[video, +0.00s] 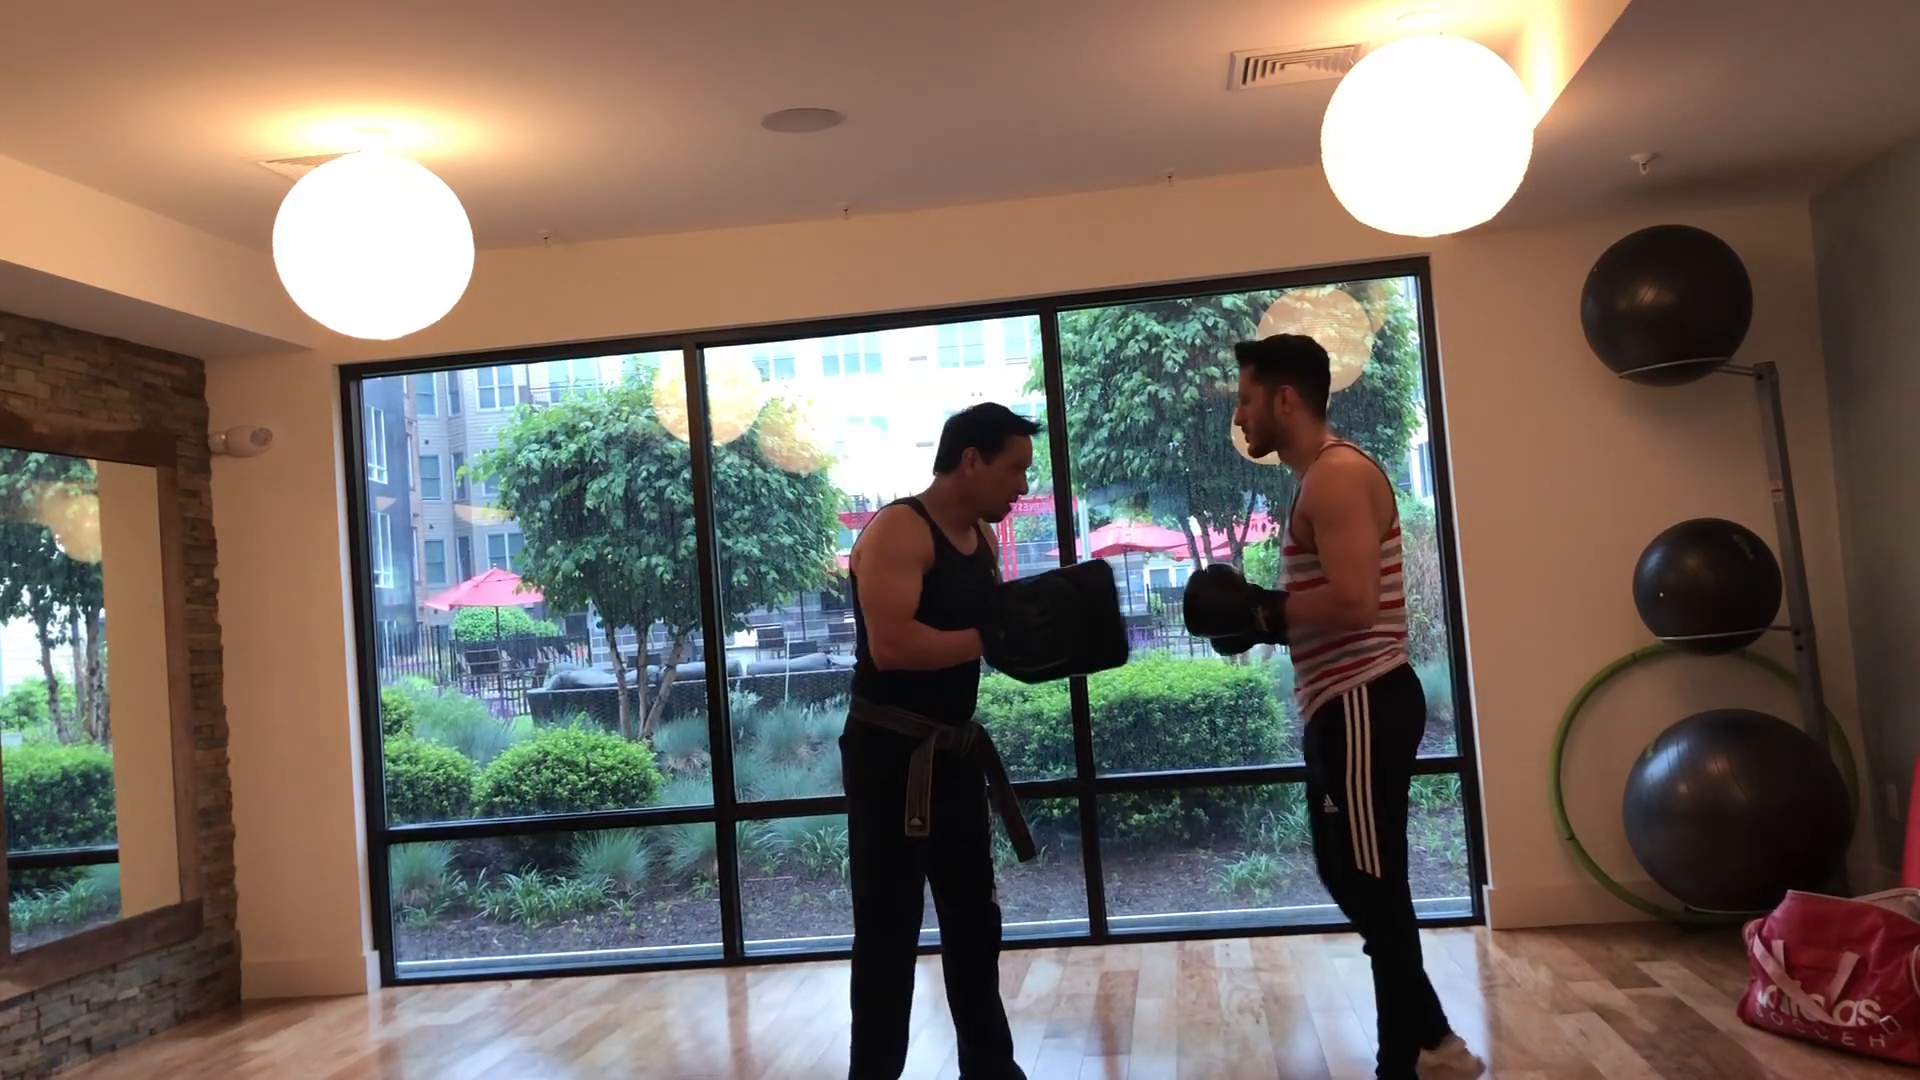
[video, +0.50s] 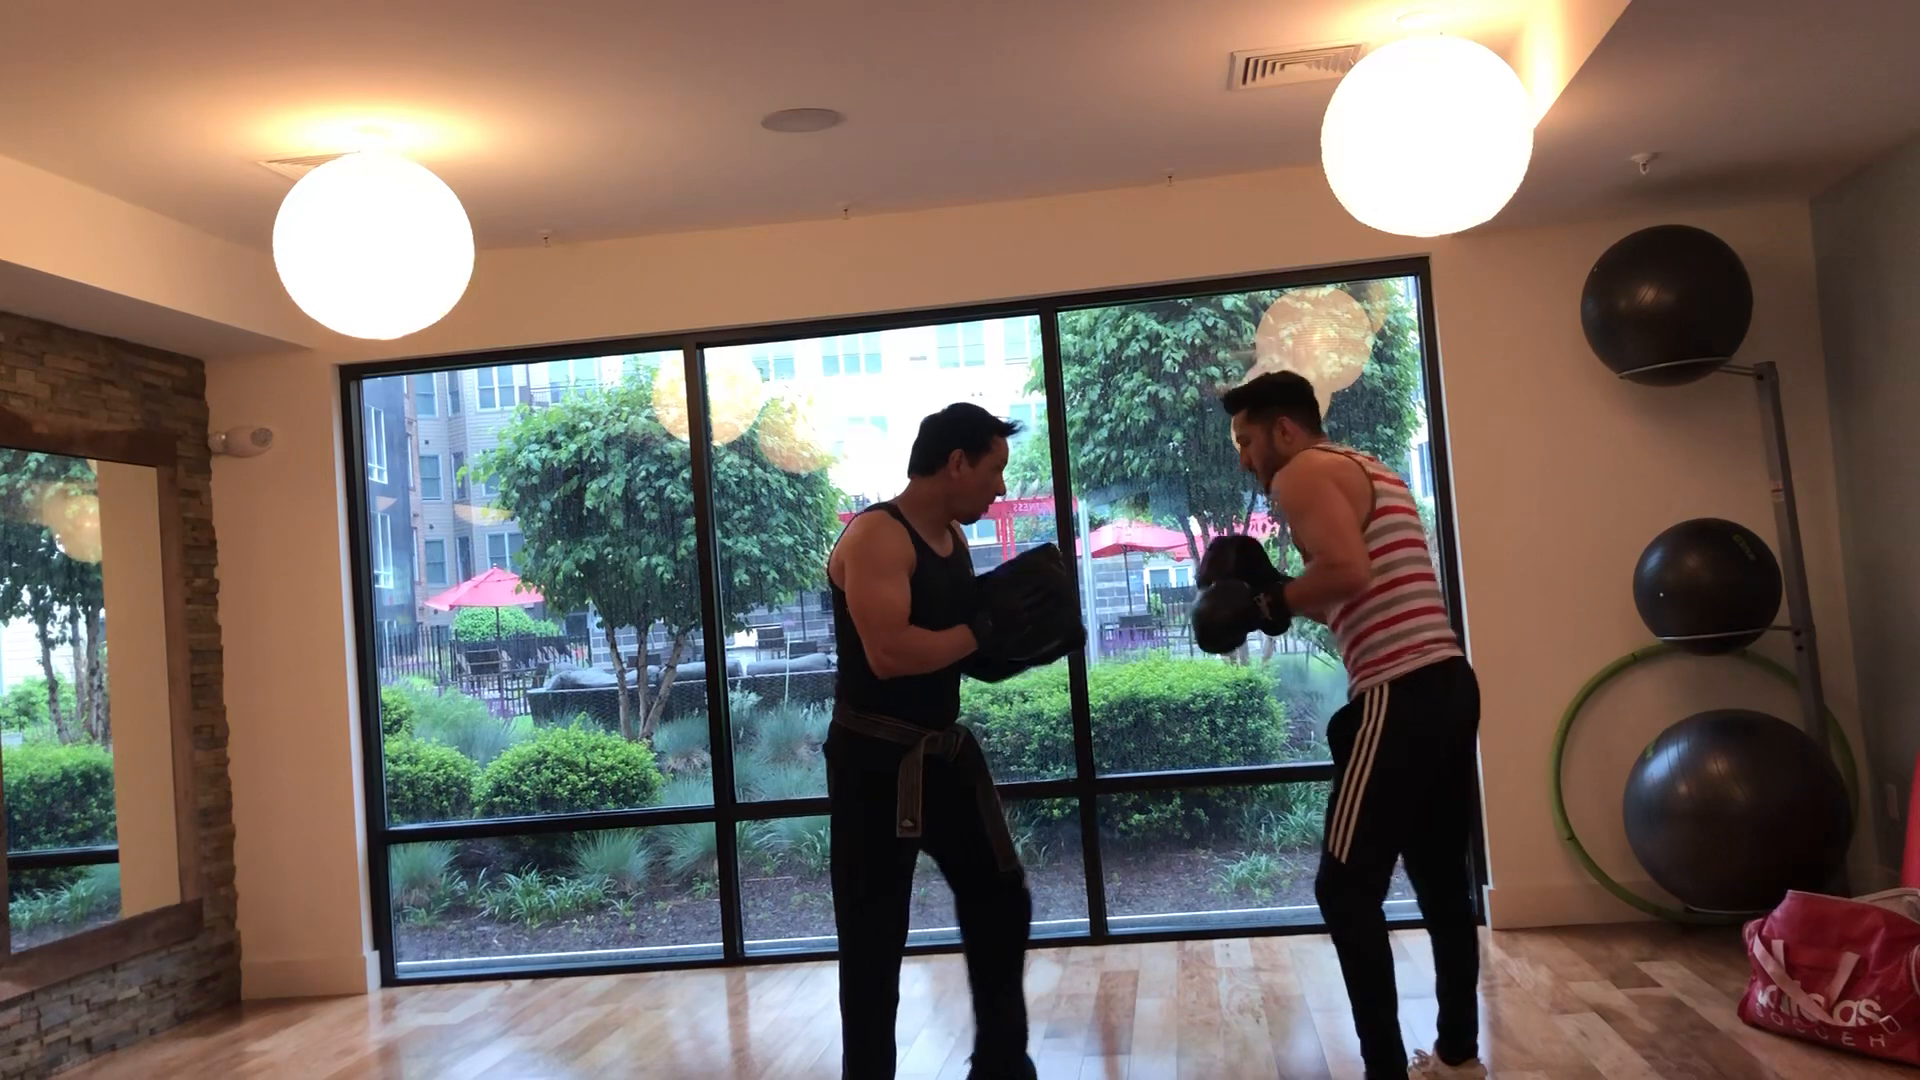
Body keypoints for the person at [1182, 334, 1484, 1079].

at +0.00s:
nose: (1237, 413)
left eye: (1245, 398)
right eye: (1238, 399)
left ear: (1283, 397)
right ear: (1291, 400)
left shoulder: (1337, 475)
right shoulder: (1321, 478)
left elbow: (1354, 603)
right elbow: (1337, 597)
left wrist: (1263, 613)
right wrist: (1261, 608)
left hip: (1365, 698)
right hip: (1343, 699)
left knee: (1370, 879)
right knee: (1348, 874)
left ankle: (1402, 1062)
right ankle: (1432, 1041)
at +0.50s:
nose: (1242, 459)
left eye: (1245, 441)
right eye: (1238, 446)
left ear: (1281, 425)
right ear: (1304, 426)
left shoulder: (1305, 472)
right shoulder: (1370, 468)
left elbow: (1347, 571)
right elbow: (1360, 598)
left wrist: (1271, 599)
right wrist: (1277, 592)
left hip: (1396, 693)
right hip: (1446, 685)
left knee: (1345, 889)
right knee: (1441, 881)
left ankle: (1382, 1069)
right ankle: (1457, 1048)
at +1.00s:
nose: (1241, 534)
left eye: (1243, 516)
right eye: (1236, 519)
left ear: (1286, 504)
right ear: (1296, 503)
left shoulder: (1334, 546)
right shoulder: (1375, 531)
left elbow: (1307, 680)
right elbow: (1335, 676)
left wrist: (1239, 630)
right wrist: (1257, 618)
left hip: (1459, 731)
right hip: (1498, 724)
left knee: (1344, 902)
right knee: (1429, 885)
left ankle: (1412, 1072)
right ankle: (1477, 1043)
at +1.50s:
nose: (1228, 532)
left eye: (1231, 514)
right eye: (1226, 516)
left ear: (1269, 510)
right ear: (1283, 509)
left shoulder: (1359, 569)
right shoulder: (1337, 565)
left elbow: (1307, 717)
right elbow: (1373, 660)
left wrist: (1243, 648)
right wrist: (1270, 686)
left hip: (1505, 736)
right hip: (1461, 739)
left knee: (1432, 910)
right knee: (1406, 887)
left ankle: (1454, 1069)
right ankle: (1458, 1054)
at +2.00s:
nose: (1267, 524)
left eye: (1270, 505)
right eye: (1261, 510)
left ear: (1313, 488)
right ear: (1318, 491)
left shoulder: (1337, 532)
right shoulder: (1389, 527)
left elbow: (1380, 635)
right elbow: (1371, 681)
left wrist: (1293, 680)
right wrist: (1300, 628)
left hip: (1462, 715)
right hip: (1511, 710)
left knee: (1354, 895)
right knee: (1440, 879)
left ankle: (1430, 1070)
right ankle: (1483, 1048)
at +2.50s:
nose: (1295, 482)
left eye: (1300, 465)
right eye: (1291, 468)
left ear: (1344, 455)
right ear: (1348, 457)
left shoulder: (1399, 502)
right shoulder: (1417, 493)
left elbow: (1402, 624)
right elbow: (1417, 623)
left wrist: (1320, 592)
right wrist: (1338, 604)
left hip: (1482, 706)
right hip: (1511, 698)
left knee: (1414, 890)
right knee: (1490, 877)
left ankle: (1449, 1072)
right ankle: (1556, 1032)